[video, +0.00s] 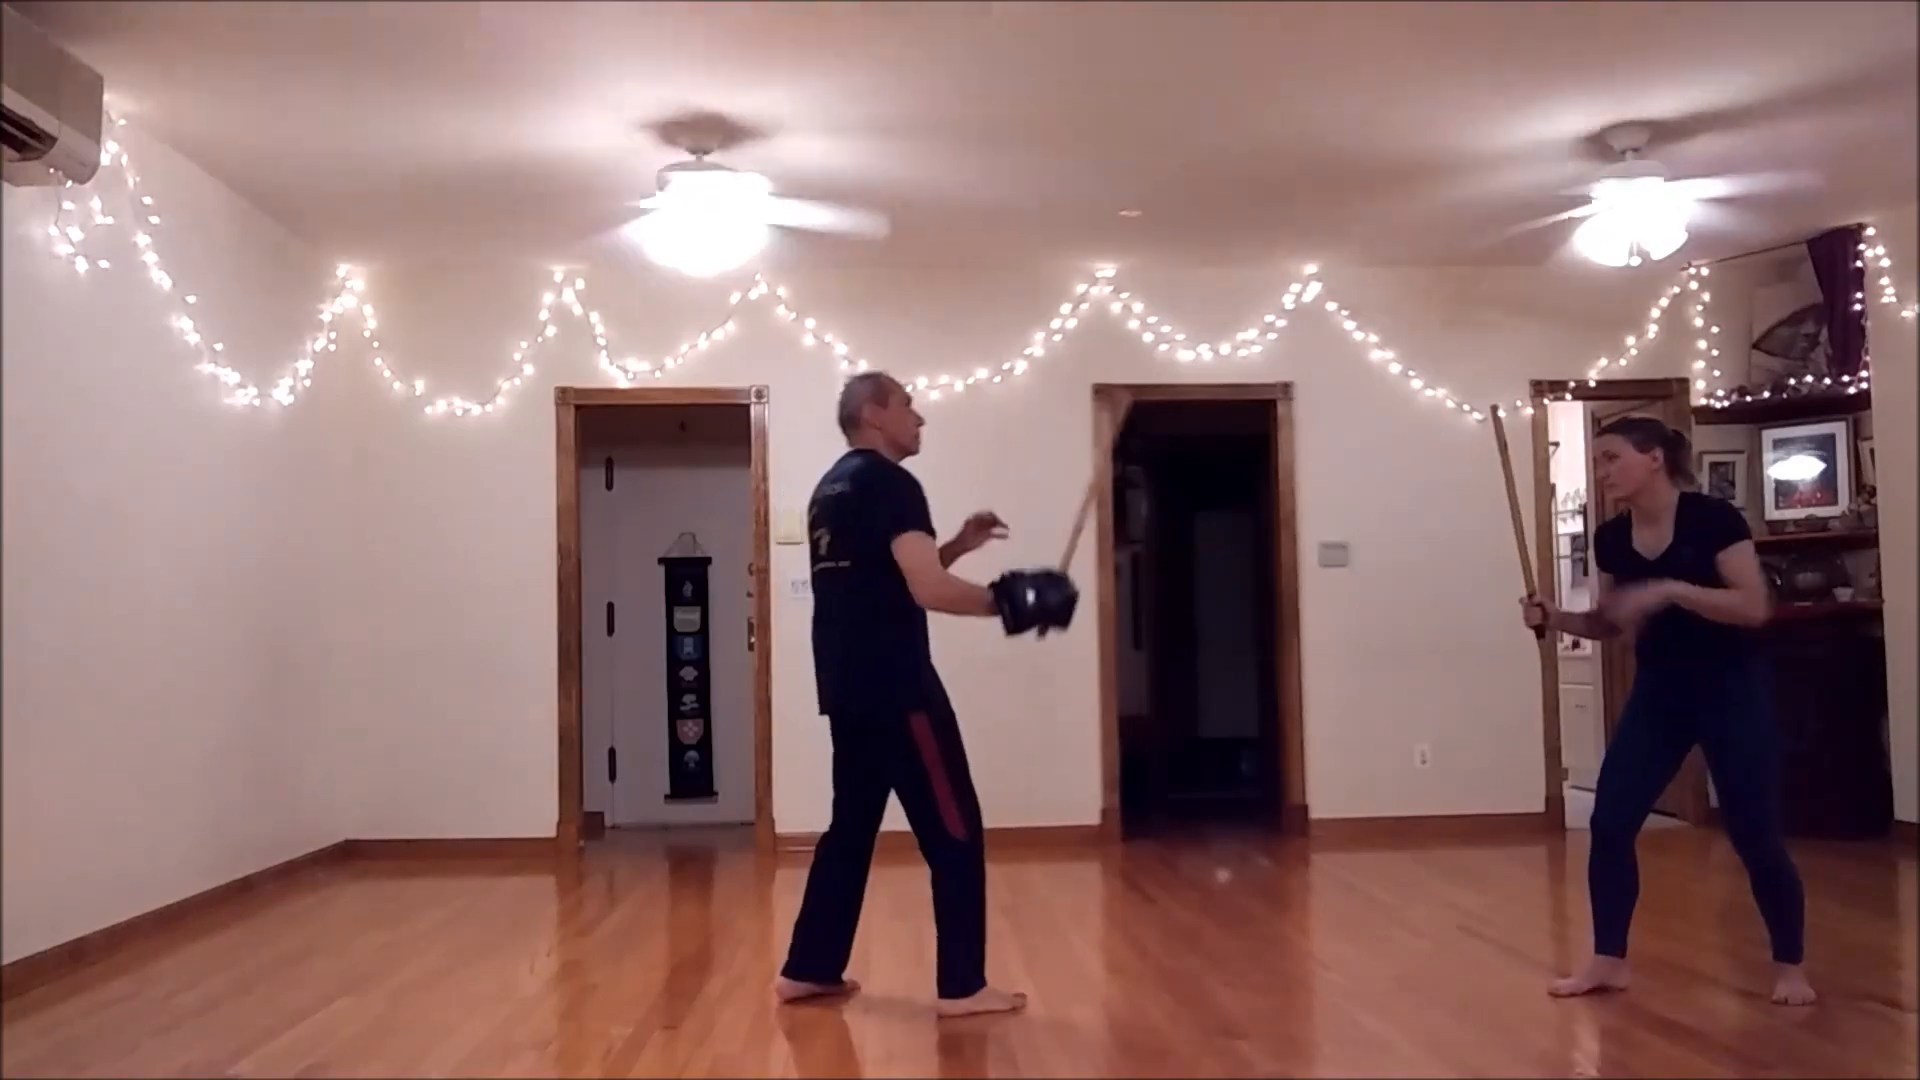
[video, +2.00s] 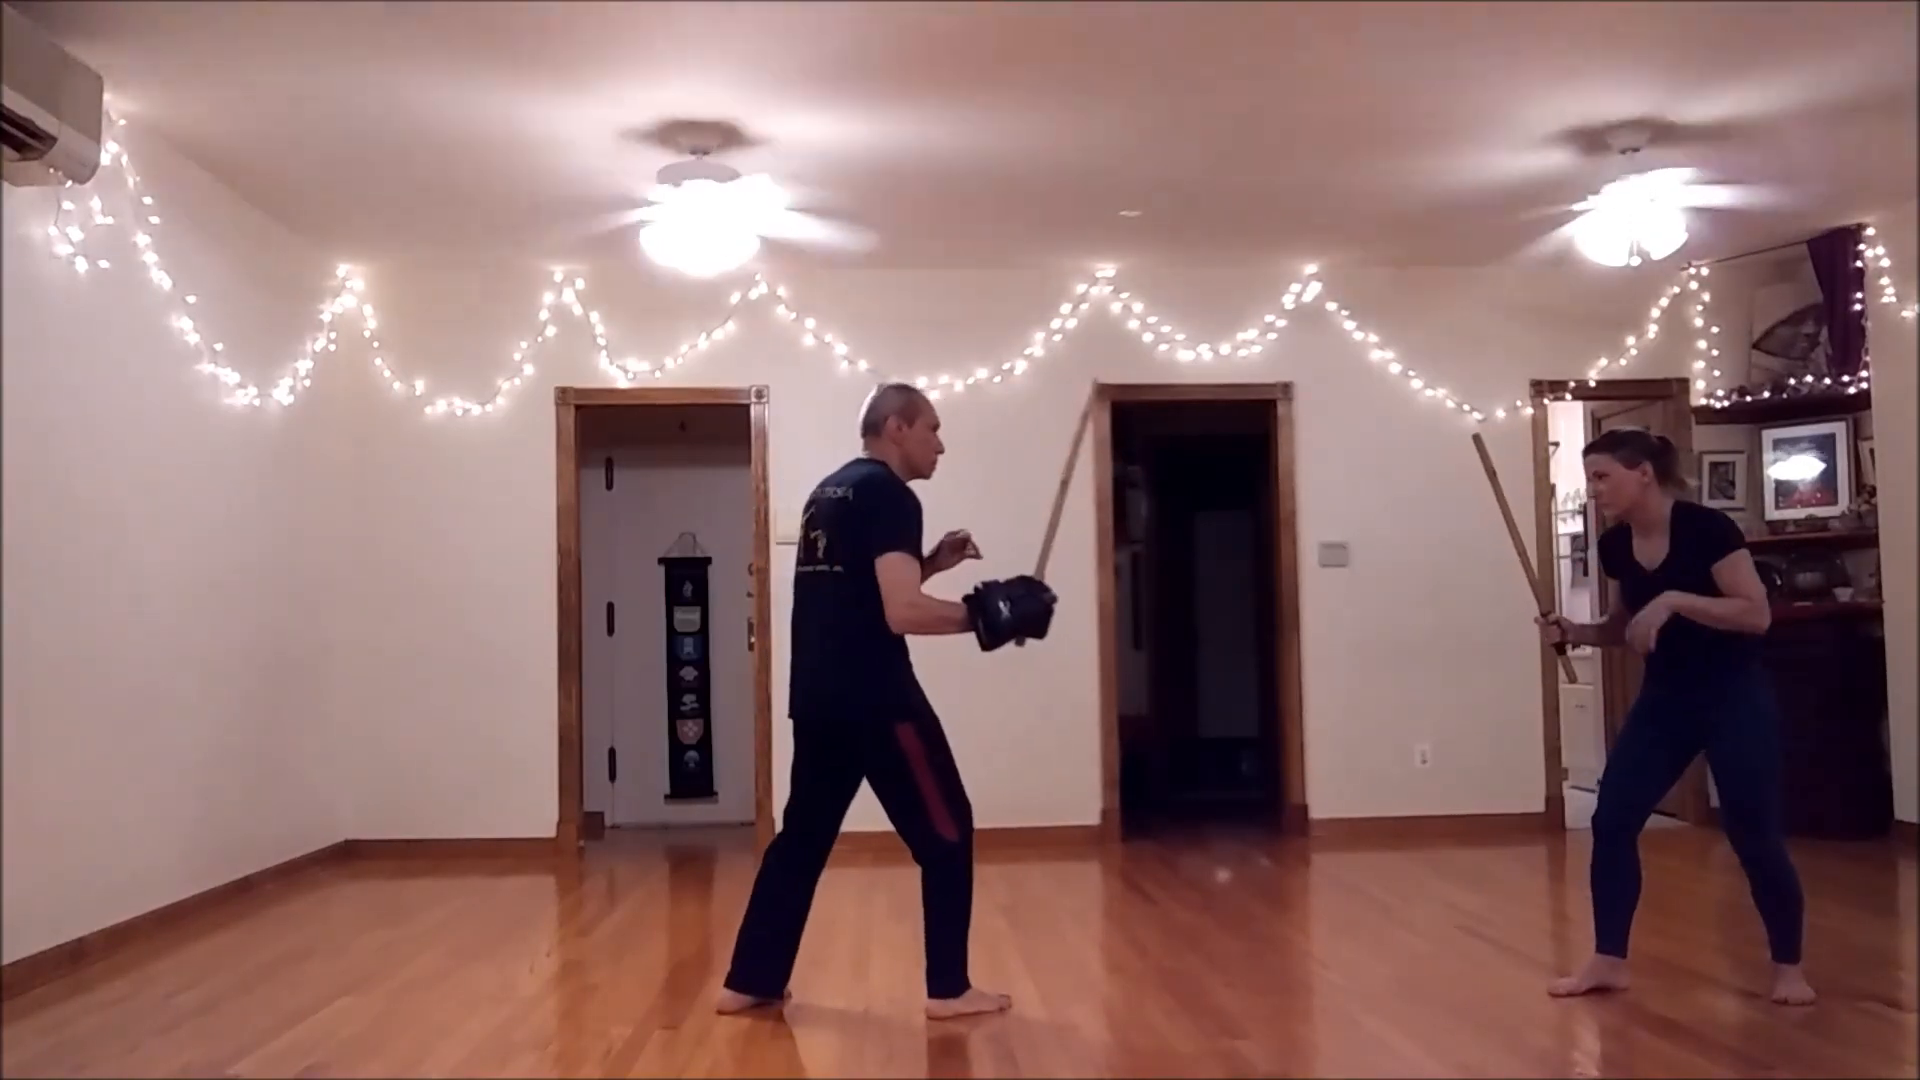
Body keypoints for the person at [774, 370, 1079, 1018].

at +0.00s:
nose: (920, 417)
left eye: (914, 405)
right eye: (907, 405)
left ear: (863, 417)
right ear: (873, 414)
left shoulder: (833, 485)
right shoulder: (887, 481)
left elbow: (888, 584)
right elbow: (930, 589)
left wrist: (959, 544)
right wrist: (1006, 597)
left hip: (849, 690)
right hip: (901, 688)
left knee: (850, 829)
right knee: (957, 833)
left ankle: (808, 971)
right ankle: (962, 987)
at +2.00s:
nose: (940, 443)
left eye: (939, 431)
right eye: (932, 430)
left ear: (885, 430)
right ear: (896, 428)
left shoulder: (832, 491)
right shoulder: (886, 493)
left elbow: (858, 592)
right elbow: (906, 611)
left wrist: (931, 564)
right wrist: (985, 612)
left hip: (822, 700)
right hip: (882, 699)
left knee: (803, 836)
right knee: (947, 834)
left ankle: (750, 983)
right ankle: (948, 989)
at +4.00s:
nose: (1012, 437)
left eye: (1013, 421)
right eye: (1006, 420)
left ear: (954, 415)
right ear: (966, 414)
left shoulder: (887, 482)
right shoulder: (968, 490)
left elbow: (904, 607)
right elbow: (988, 622)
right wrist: (1043, 704)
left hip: (897, 709)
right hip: (966, 707)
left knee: (898, 858)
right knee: (1058, 841)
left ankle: (863, 1019)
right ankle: (1098, 1014)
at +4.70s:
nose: (1041, 453)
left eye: (1046, 440)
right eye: (1040, 437)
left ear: (983, 421)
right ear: (1002, 422)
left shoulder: (912, 486)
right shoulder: (1001, 496)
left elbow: (926, 608)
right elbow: (1014, 626)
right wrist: (1065, 708)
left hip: (909, 710)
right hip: (982, 710)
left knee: (908, 855)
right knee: (1074, 848)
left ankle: (864, 1018)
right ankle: (1098, 1017)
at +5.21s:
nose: (1044, 454)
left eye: (1047, 441)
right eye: (1043, 439)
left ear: (984, 424)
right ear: (1011, 425)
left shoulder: (915, 488)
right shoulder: (1007, 496)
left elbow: (923, 614)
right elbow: (1012, 623)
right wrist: (1072, 698)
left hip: (913, 711)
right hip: (989, 708)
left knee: (906, 856)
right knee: (1080, 844)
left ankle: (864, 1017)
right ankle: (1100, 1014)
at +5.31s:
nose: (1050, 452)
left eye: (1052, 440)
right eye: (1049, 438)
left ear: (987, 424)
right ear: (1025, 426)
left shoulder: (922, 490)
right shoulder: (1022, 496)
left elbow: (930, 607)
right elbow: (1023, 616)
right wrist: (1081, 670)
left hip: (921, 710)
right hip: (1004, 707)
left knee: (906, 858)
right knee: (1093, 841)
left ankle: (864, 1017)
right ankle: (1114, 1002)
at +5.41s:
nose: (1063, 449)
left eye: (1063, 438)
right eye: (1062, 437)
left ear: (998, 427)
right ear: (1046, 432)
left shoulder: (936, 495)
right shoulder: (1053, 502)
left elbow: (913, 612)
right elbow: (1059, 619)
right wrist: (1103, 651)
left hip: (939, 713)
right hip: (1027, 712)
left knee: (908, 861)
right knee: (1099, 860)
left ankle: (864, 1017)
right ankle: (1134, 1015)